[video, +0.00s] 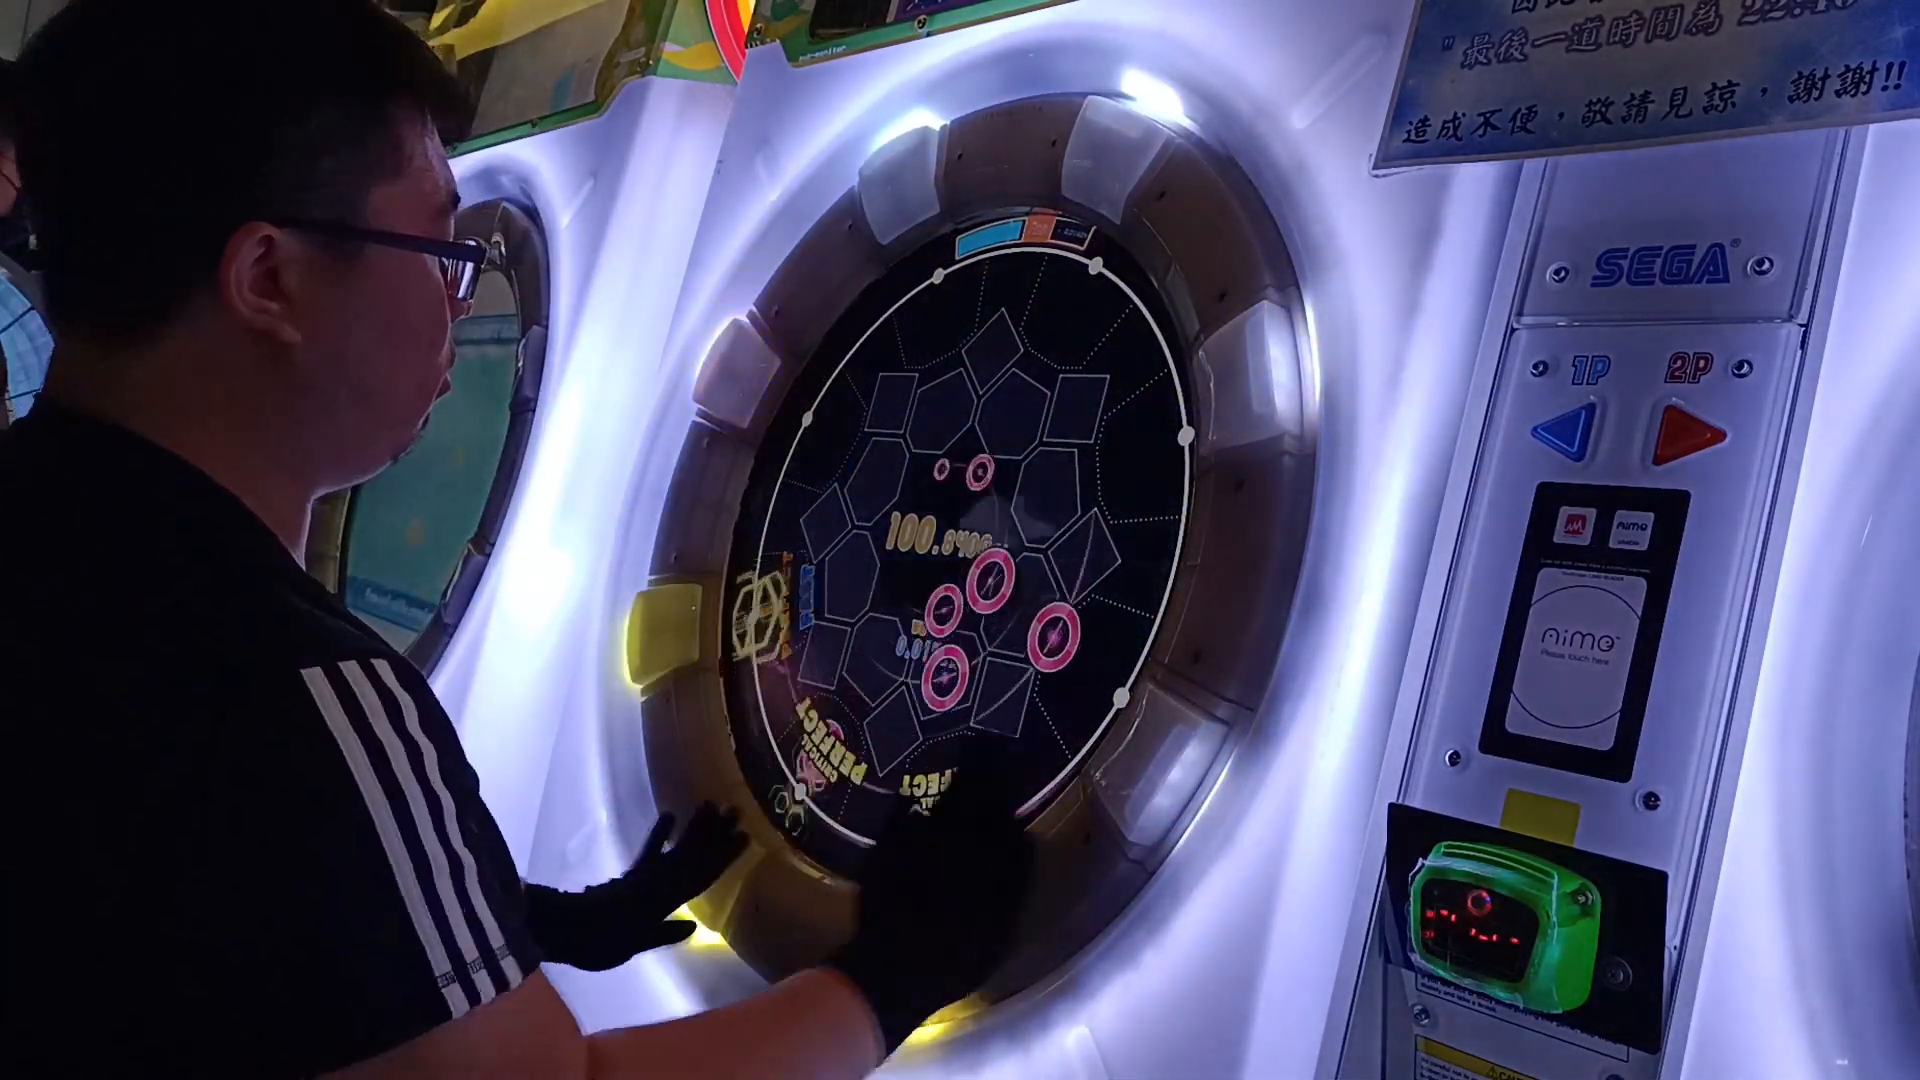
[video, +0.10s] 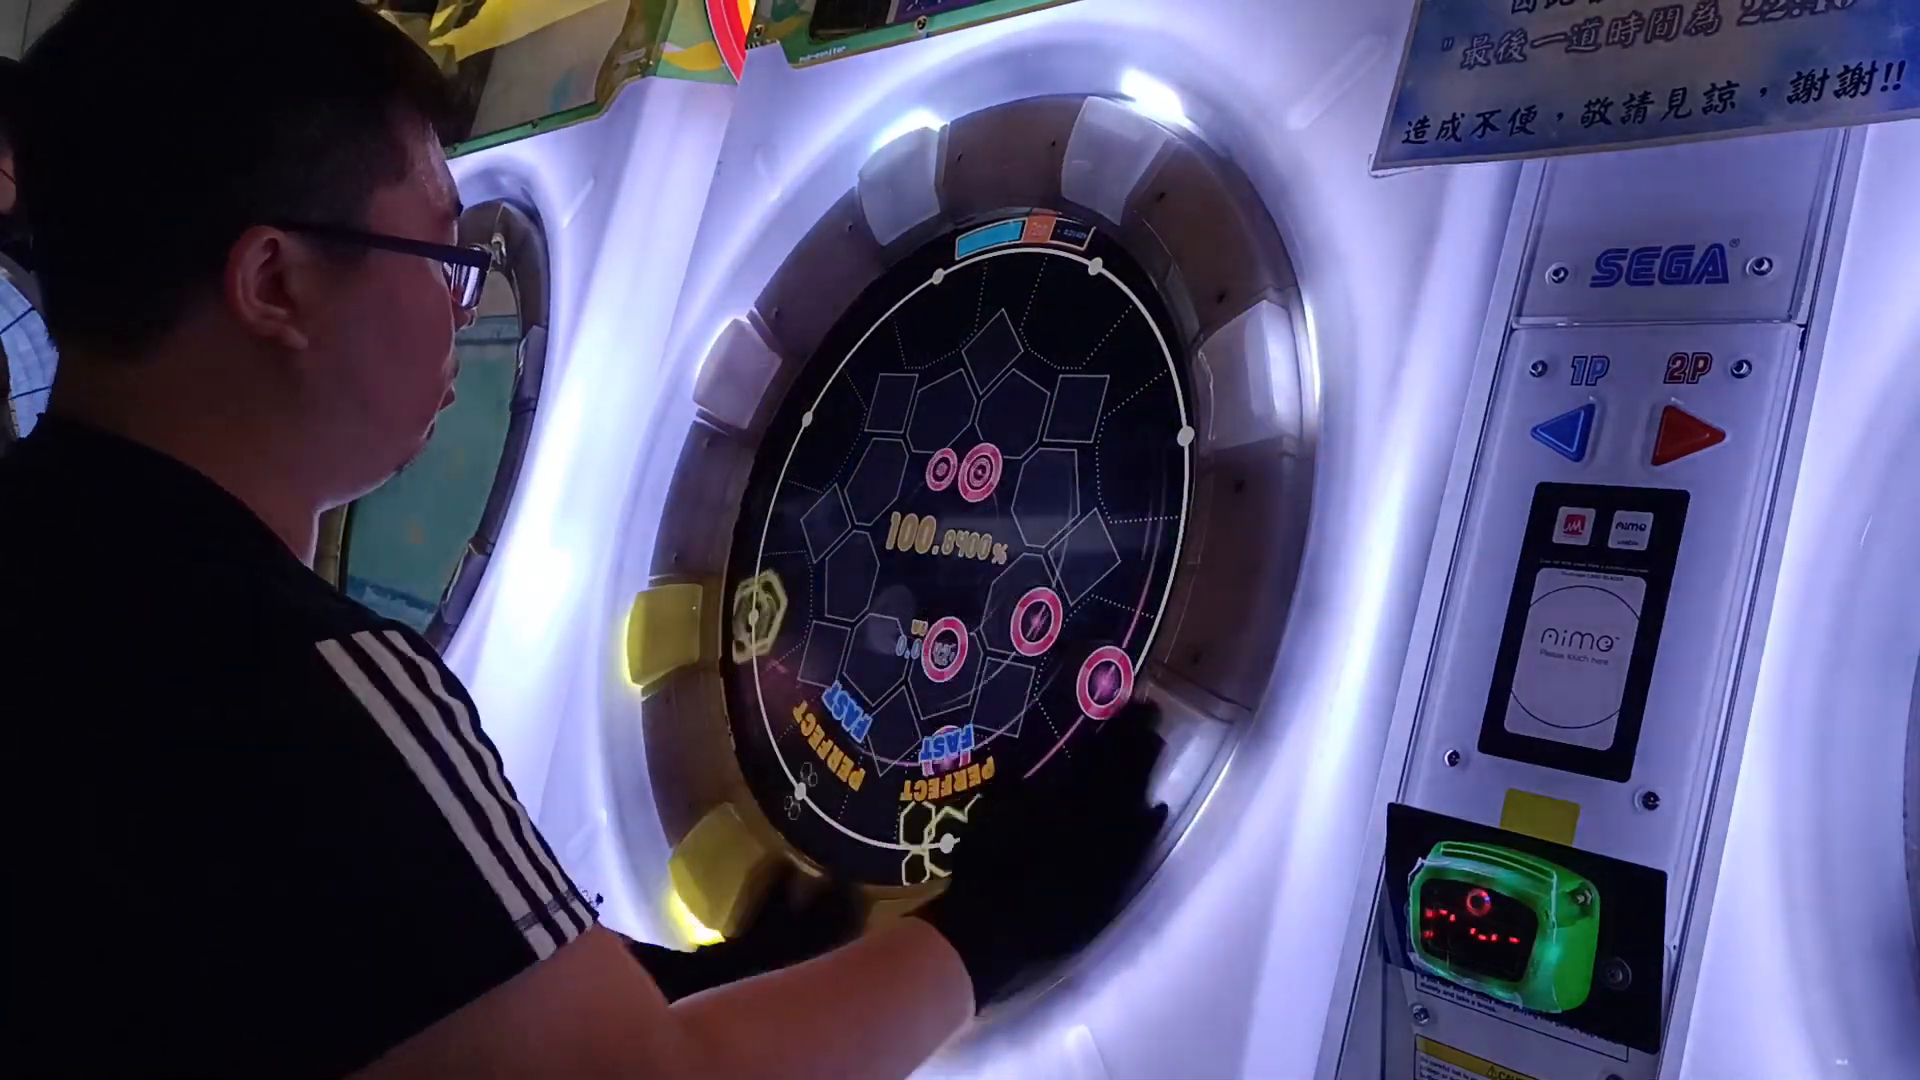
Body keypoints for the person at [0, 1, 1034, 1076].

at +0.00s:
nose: (461, 301)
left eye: (454, 255)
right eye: (441, 252)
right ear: (268, 284)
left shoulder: (31, 527)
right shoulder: (297, 691)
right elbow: (559, 1074)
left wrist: (564, 920)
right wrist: (892, 978)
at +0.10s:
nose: (467, 298)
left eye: (458, 252)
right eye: (440, 252)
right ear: (272, 288)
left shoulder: (39, 558)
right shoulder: (303, 686)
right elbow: (649, 1067)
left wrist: (678, 986)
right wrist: (974, 931)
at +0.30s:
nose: (504, 185)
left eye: (494, 131)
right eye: (481, 126)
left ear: (139, 147)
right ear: (328, 145)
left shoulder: (48, 446)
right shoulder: (419, 455)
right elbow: (906, 647)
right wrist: (1016, 358)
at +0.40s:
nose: (527, 101)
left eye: (524, 55)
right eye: (508, 49)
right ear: (356, 62)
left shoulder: (123, 301)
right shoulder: (468, 326)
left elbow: (528, 434)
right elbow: (927, 468)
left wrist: (794, 288)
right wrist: (1040, 247)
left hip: (116, 1024)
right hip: (422, 1043)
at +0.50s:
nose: (545, 88)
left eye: (541, 43)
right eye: (525, 36)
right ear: (377, 58)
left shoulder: (129, 298)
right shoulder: (495, 368)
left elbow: (494, 411)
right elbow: (944, 498)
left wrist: (796, 263)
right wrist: (1072, 257)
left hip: (98, 1026)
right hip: (412, 1048)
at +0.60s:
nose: (552, 117)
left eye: (548, 67)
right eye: (535, 62)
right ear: (386, 79)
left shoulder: (135, 319)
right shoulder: (412, 436)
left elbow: (444, 481)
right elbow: (855, 734)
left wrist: (711, 353)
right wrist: (1128, 460)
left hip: (139, 1016)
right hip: (419, 1047)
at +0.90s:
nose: (524, 170)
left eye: (516, 123)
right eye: (501, 122)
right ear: (353, 149)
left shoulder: (73, 413)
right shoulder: (452, 411)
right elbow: (878, 707)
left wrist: (639, 496)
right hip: (445, 1050)